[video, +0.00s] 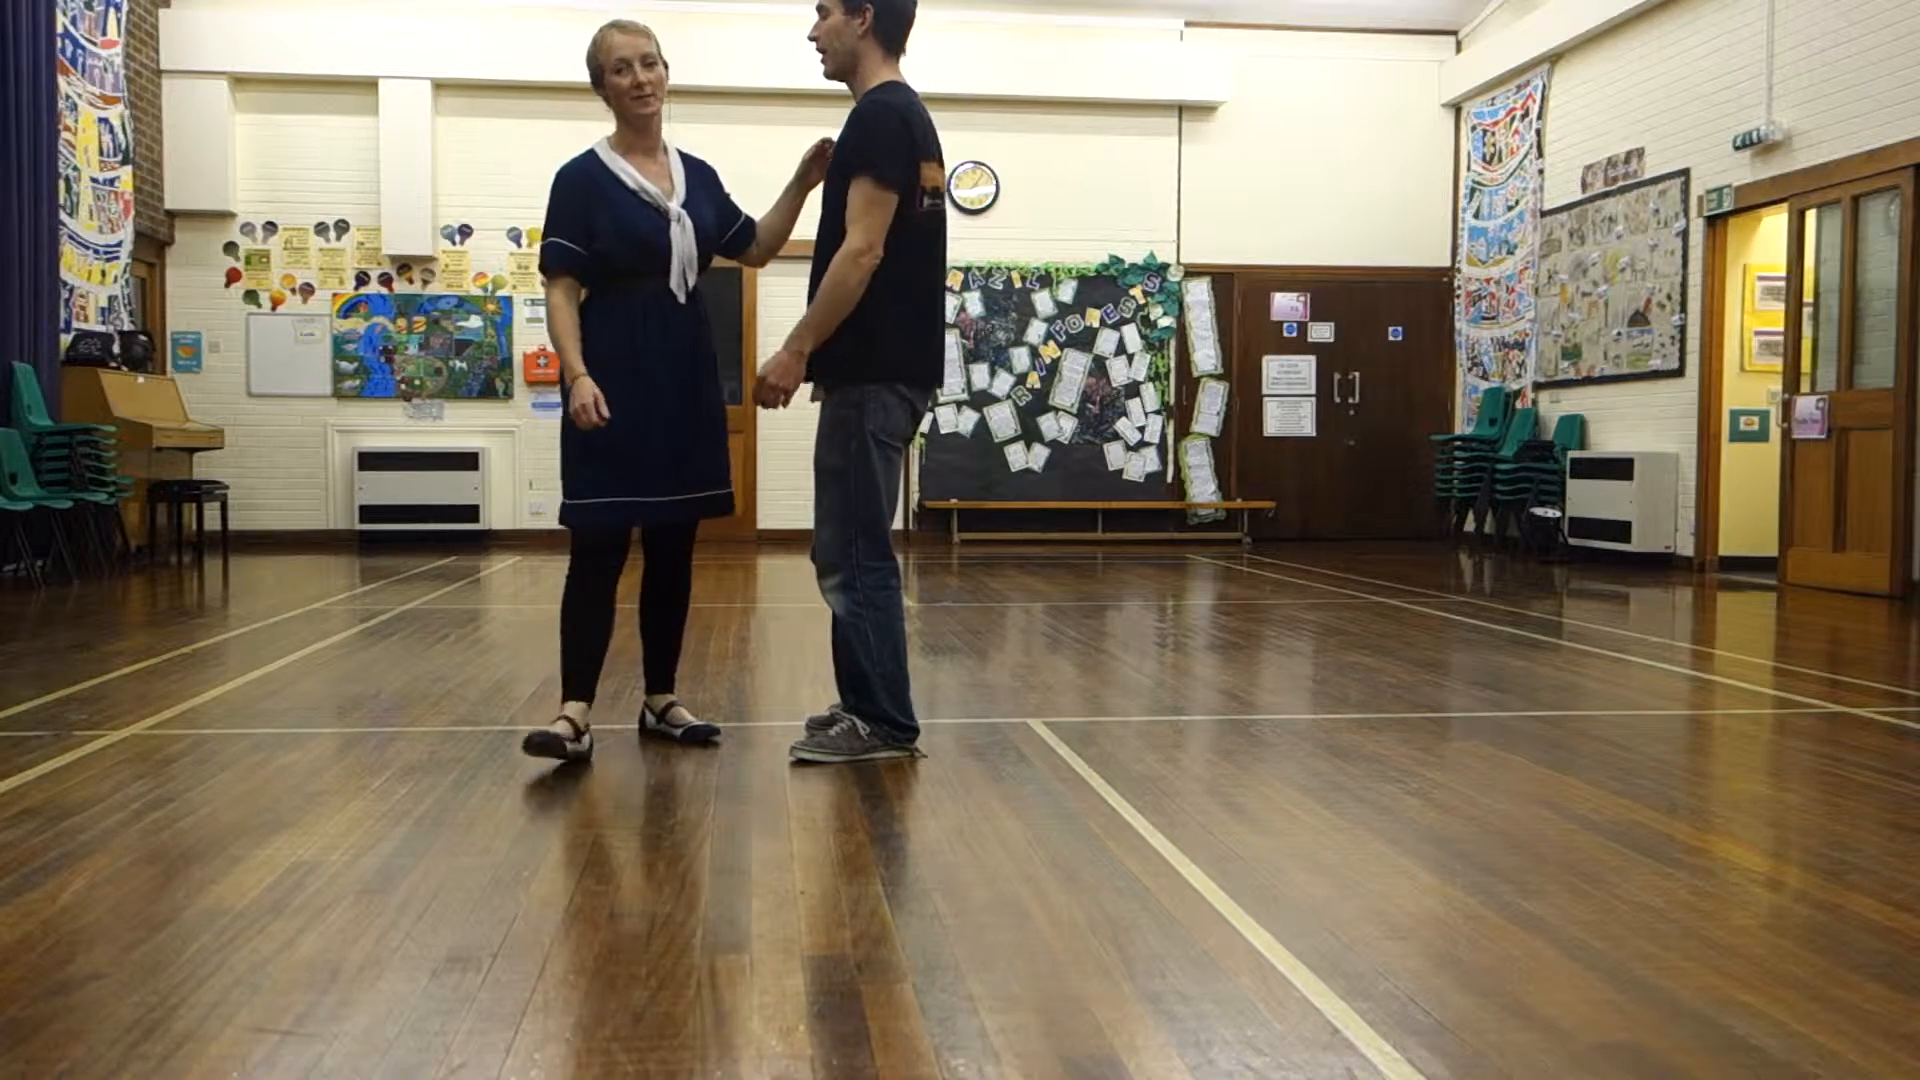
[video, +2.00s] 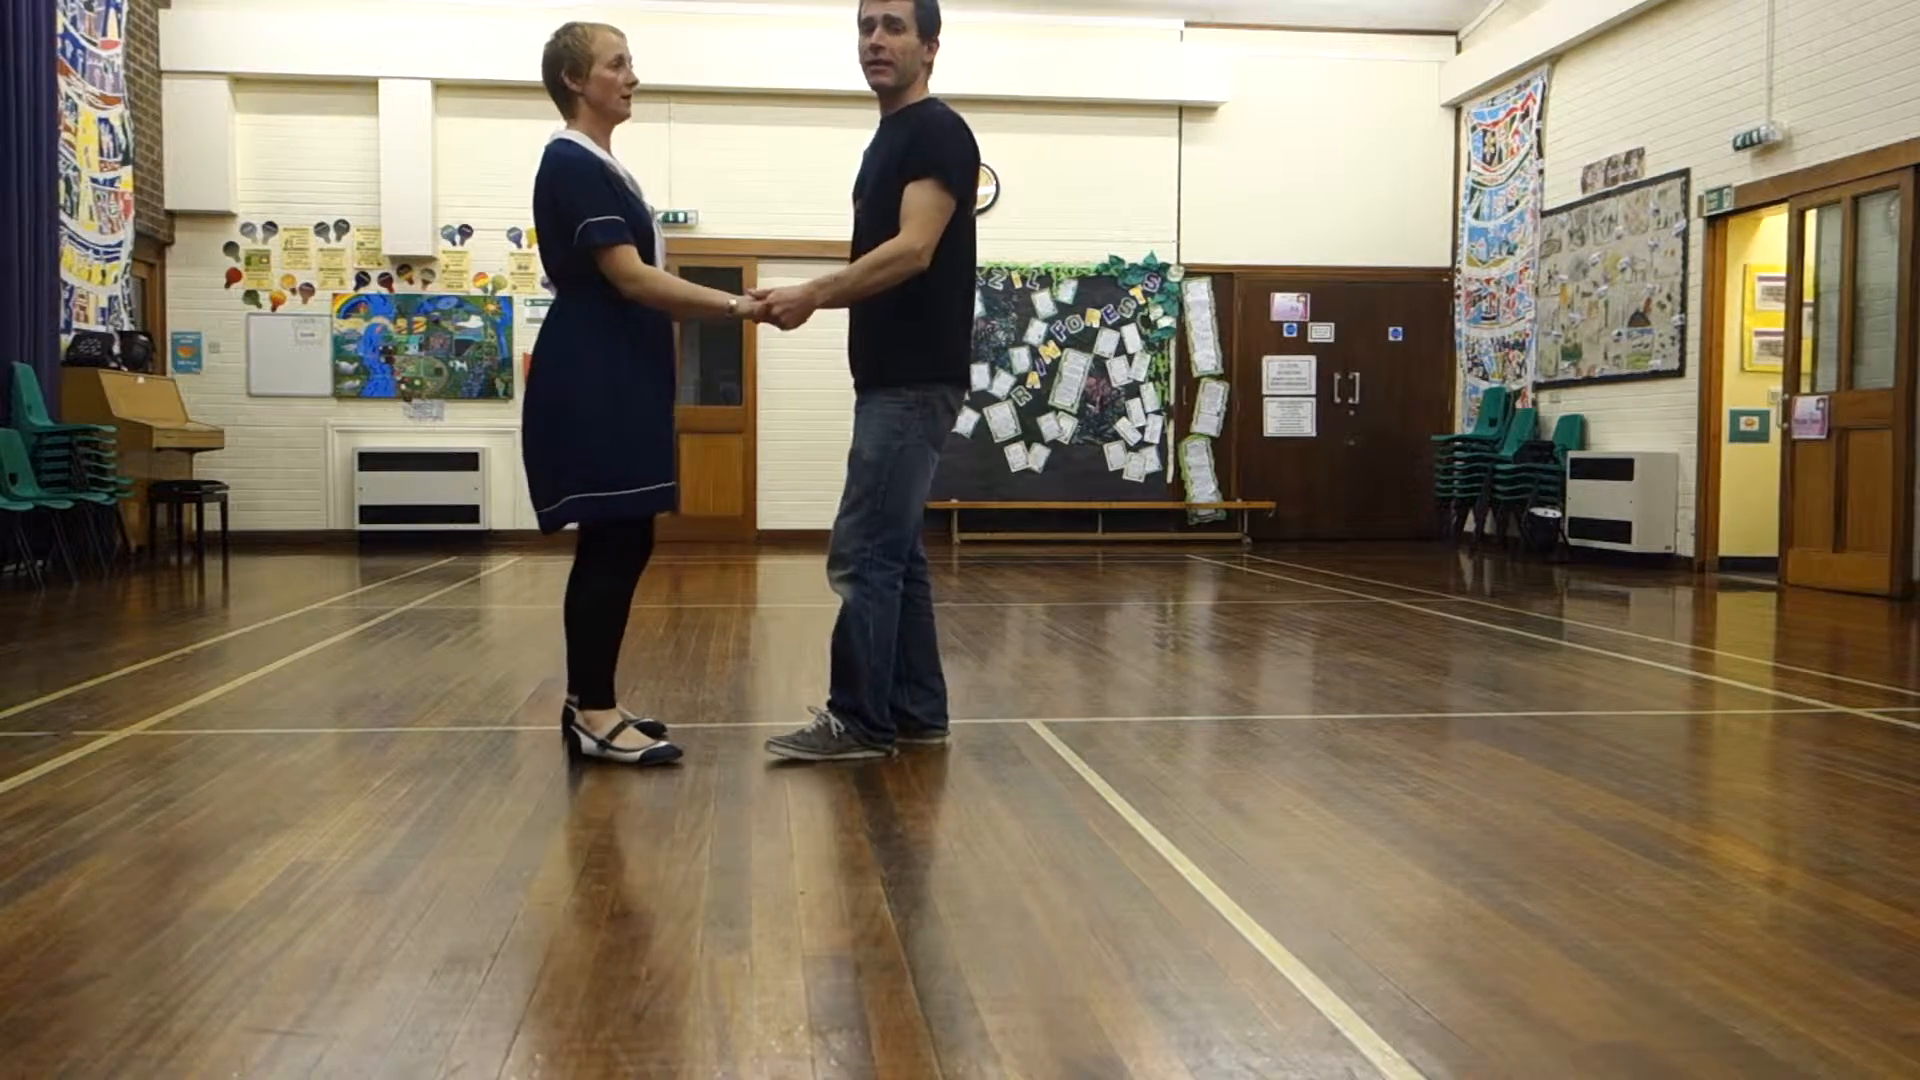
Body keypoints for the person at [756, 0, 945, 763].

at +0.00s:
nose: (813, 29)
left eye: (825, 14)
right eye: (816, 15)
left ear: (863, 21)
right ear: (869, 24)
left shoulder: (884, 113)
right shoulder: (885, 114)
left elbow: (861, 250)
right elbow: (872, 253)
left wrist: (794, 350)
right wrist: (810, 356)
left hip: (875, 371)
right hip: (871, 370)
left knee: (854, 551)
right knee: (848, 548)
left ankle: (883, 721)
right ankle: (869, 708)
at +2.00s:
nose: (875, 41)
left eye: (893, 27)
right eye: (866, 28)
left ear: (929, 44)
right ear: (859, 42)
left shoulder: (935, 130)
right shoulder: (891, 138)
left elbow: (915, 247)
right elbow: (887, 257)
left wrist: (812, 295)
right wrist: (811, 296)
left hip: (916, 381)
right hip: (891, 380)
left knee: (864, 554)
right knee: (893, 552)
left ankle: (859, 720)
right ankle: (916, 711)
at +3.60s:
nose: (867, 44)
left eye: (885, 31)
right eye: (855, 31)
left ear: (915, 51)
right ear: (841, 49)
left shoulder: (946, 132)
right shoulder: (832, 159)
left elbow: (985, 246)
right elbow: (814, 272)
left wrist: (929, 286)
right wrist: (755, 274)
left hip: (928, 376)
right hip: (863, 380)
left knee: (917, 555)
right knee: (869, 559)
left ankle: (945, 711)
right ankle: (895, 708)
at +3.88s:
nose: (890, 61)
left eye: (898, 47)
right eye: (886, 46)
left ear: (916, 53)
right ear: (870, 47)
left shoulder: (951, 131)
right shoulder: (837, 136)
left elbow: (990, 238)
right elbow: (804, 244)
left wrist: (968, 298)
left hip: (928, 369)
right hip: (855, 369)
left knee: (927, 553)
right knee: (869, 550)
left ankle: (945, 715)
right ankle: (888, 703)